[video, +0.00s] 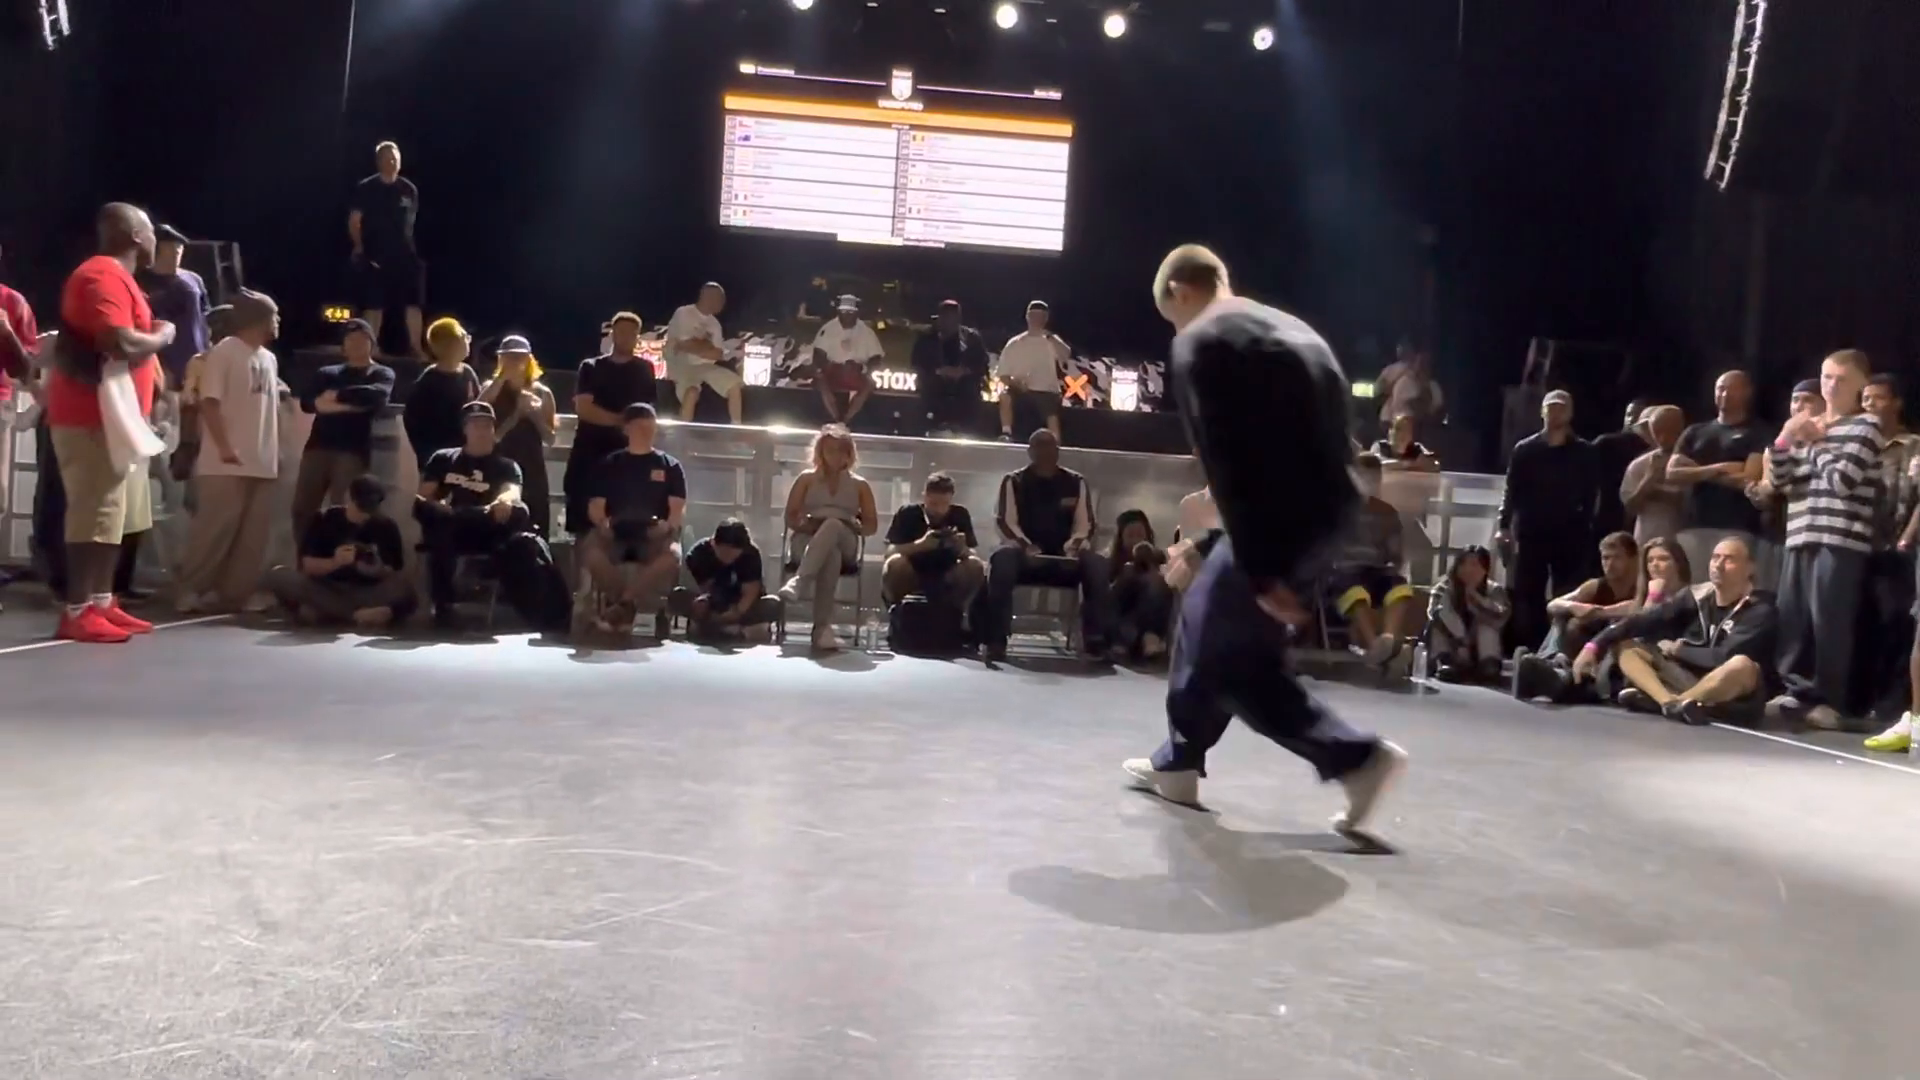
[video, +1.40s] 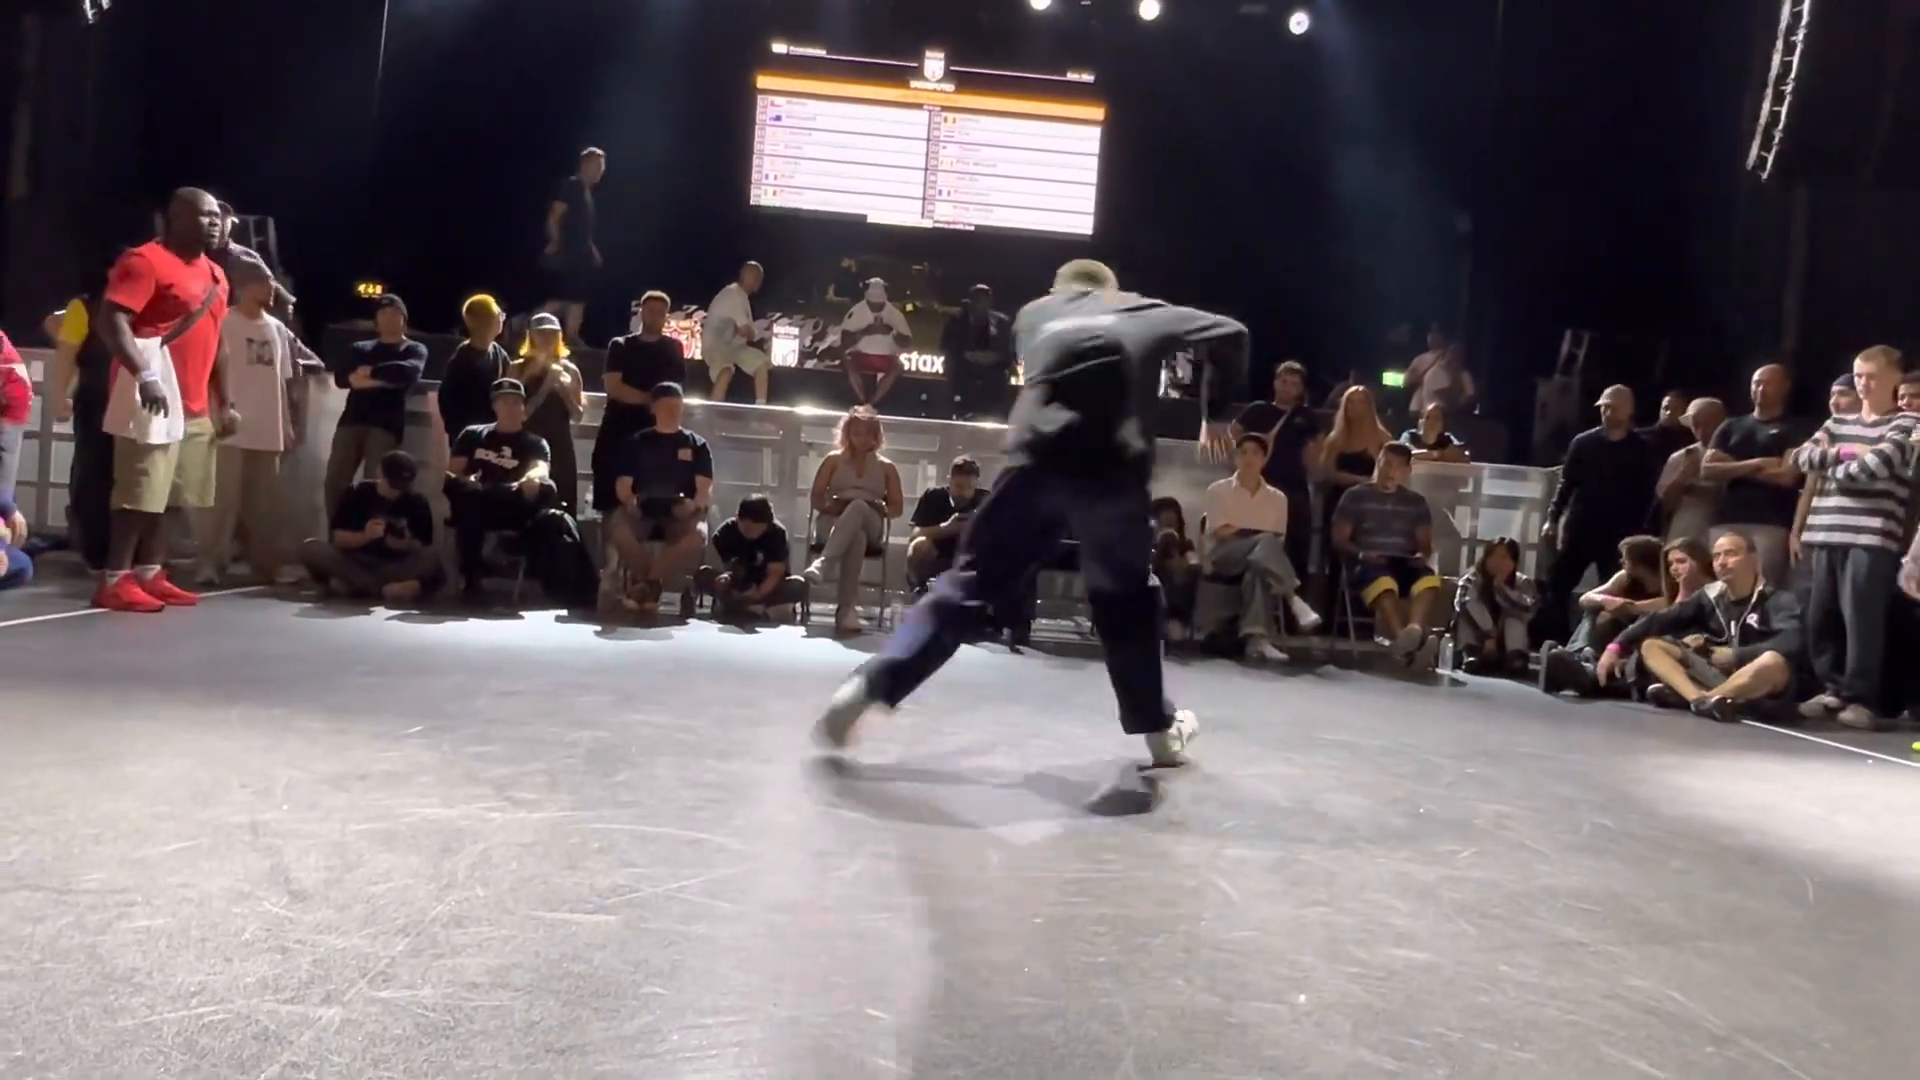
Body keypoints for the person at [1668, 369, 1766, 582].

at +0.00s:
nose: (1722, 394)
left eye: (1729, 389)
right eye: (1720, 389)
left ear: (1746, 393)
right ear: (1715, 393)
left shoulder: (1758, 434)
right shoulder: (1694, 432)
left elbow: (1750, 479)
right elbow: (1671, 473)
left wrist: (1699, 472)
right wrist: (1722, 468)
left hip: (1740, 526)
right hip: (1697, 525)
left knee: (1736, 600)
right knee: (1698, 601)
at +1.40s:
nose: (1760, 389)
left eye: (1766, 384)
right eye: (1756, 384)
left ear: (1784, 388)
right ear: (1751, 388)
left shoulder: (1795, 430)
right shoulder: (1731, 426)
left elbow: (1788, 477)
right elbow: (1707, 469)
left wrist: (1733, 466)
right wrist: (1760, 464)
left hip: (1771, 523)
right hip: (1728, 520)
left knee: (1765, 598)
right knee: (1724, 597)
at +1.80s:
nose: (1766, 386)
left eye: (1773, 381)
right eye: (1763, 380)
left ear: (1792, 385)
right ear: (1758, 384)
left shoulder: (1804, 427)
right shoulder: (1738, 424)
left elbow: (1796, 473)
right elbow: (1714, 466)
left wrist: (1742, 465)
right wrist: (1767, 461)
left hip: (1777, 521)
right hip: (1734, 519)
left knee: (1773, 597)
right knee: (1732, 596)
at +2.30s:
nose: (1777, 384)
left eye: (1784, 379)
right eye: (1774, 379)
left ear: (1800, 384)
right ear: (1768, 383)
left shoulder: (1812, 425)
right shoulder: (1745, 422)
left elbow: (1804, 473)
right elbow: (1721, 464)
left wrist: (1749, 462)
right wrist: (1775, 460)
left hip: (1784, 522)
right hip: (1740, 520)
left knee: (1778, 598)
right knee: (1736, 597)